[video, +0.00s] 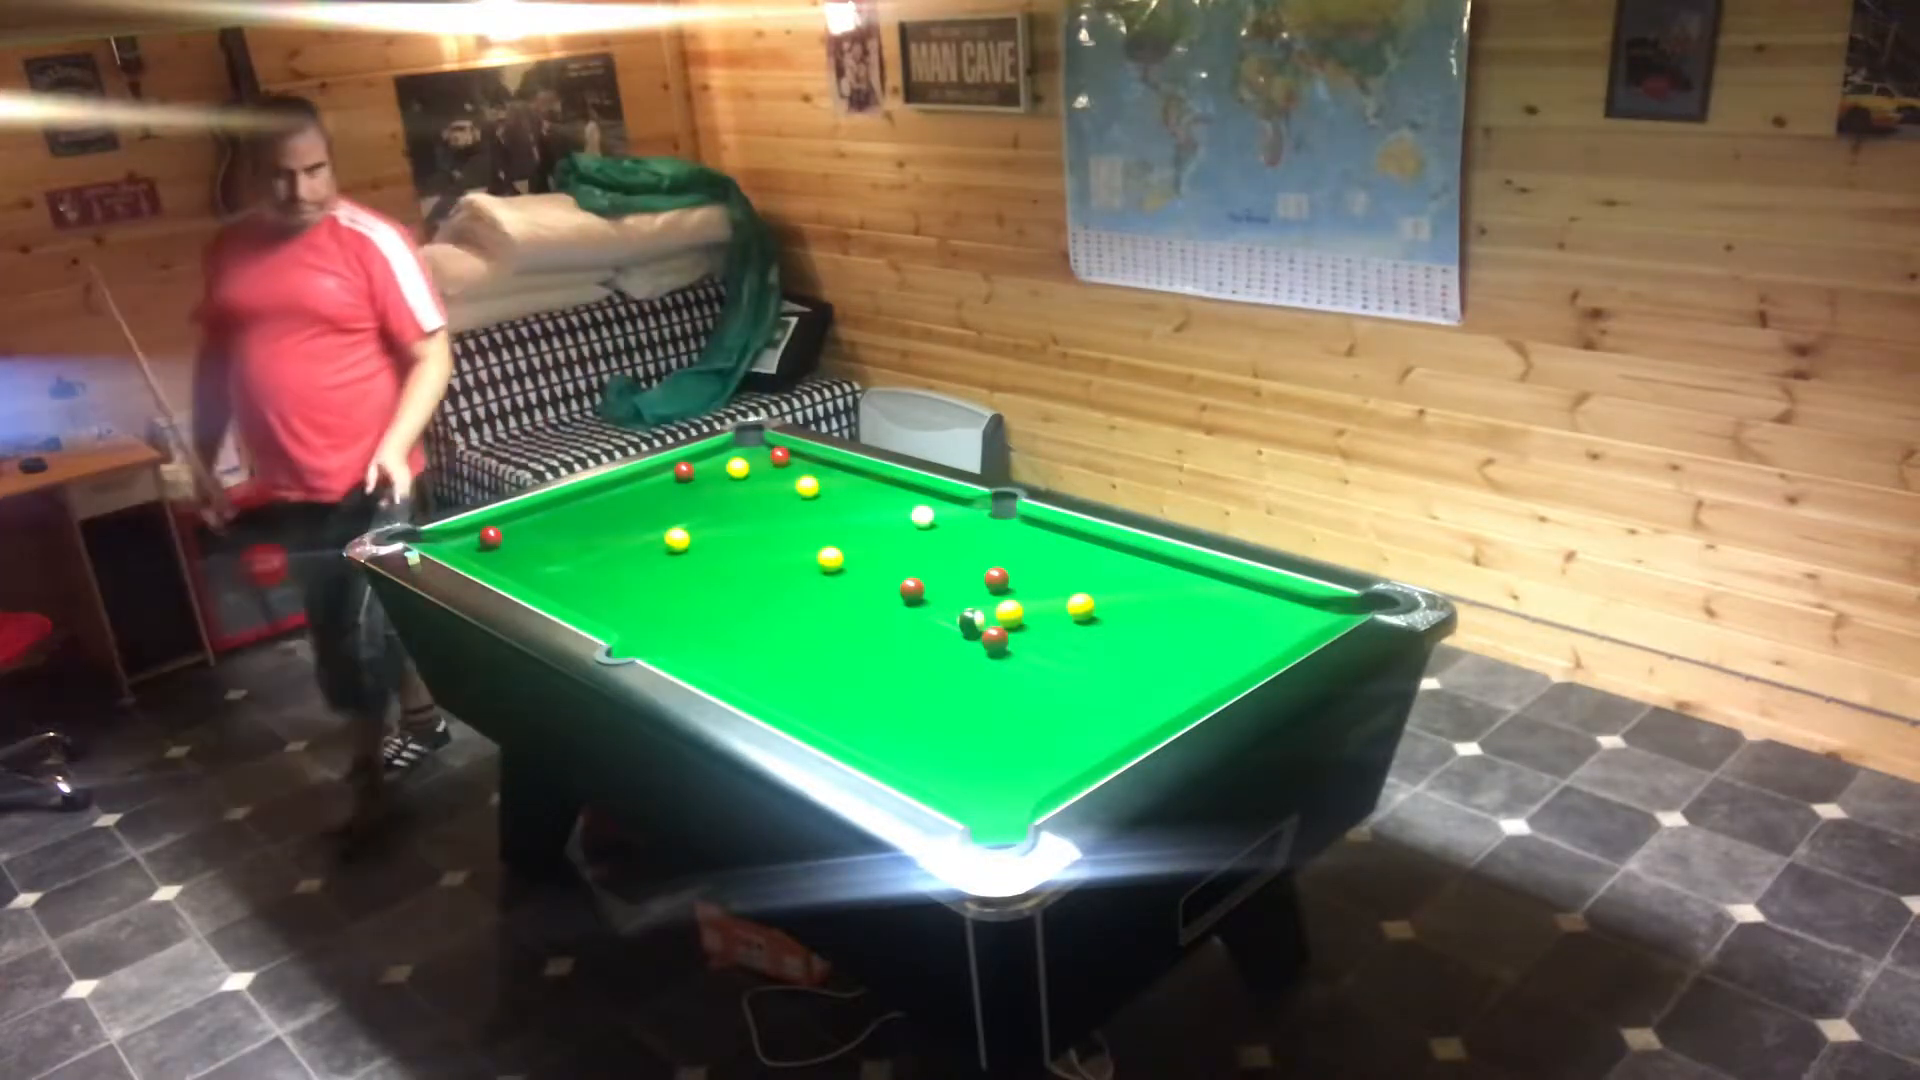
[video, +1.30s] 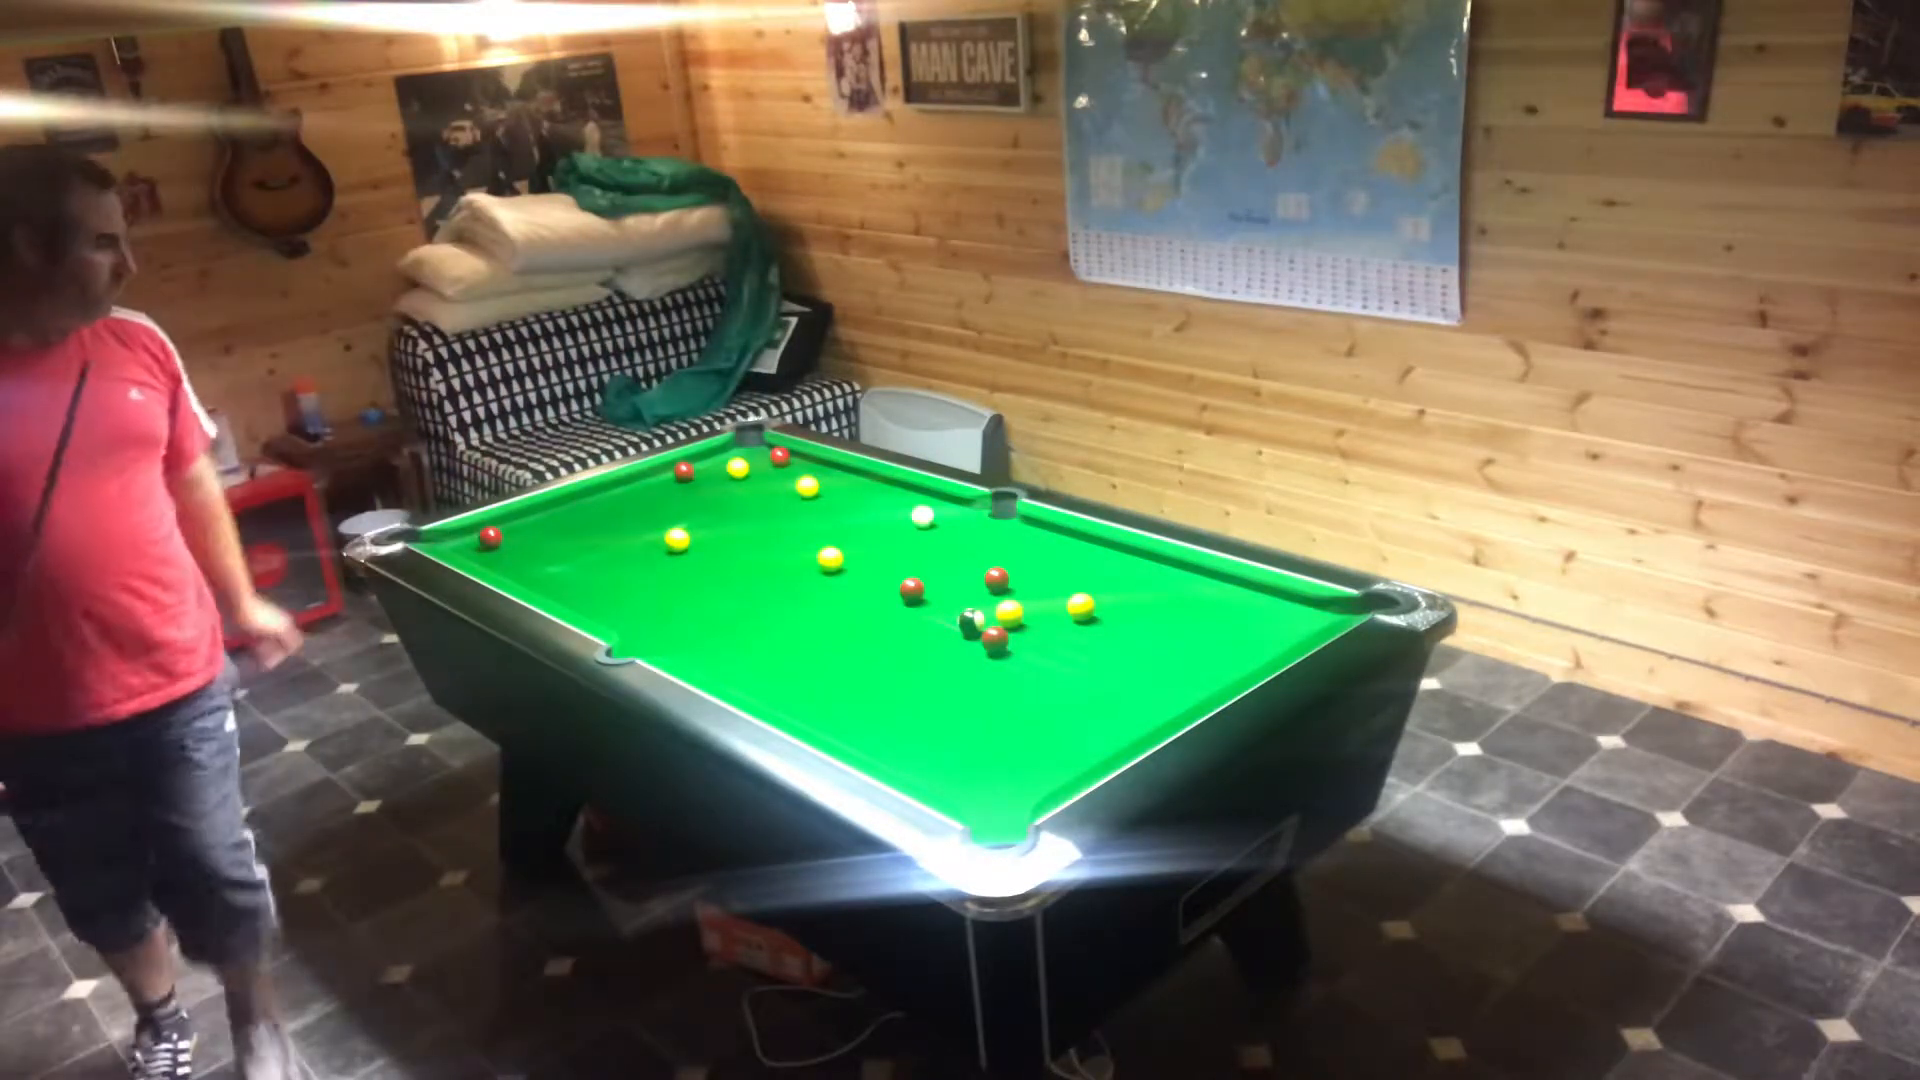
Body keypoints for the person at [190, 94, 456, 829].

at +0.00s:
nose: (298, 190)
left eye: (313, 171)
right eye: (279, 175)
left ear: (333, 167)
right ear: (249, 178)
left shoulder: (372, 241)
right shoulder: (233, 253)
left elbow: (433, 354)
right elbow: (216, 359)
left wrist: (397, 447)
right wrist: (207, 457)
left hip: (372, 485)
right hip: (291, 493)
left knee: (349, 644)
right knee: (364, 615)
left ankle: (371, 775)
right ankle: (421, 715)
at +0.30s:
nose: (251, 214)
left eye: (264, 195)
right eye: (229, 199)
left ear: (281, 189)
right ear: (192, 196)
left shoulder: (317, 276)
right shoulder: (141, 283)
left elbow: (379, 386)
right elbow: (122, 405)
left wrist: (373, 486)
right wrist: (116, 503)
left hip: (302, 515)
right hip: (211, 526)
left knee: (277, 690)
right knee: (301, 644)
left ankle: (281, 849)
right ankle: (400, 712)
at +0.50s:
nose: (222, 219)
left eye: (235, 199)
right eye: (200, 203)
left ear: (247, 191)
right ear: (153, 198)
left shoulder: (282, 284)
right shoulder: (85, 289)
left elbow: (338, 398)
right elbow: (45, 428)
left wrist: (369, 504)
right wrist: (60, 544)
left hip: (262, 555)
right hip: (148, 563)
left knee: (273, 722)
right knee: (179, 719)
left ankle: (282, 852)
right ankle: (270, 752)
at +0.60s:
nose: (205, 224)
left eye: (218, 204)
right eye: (183, 207)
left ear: (232, 194)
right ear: (135, 202)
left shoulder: (267, 291)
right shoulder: (63, 297)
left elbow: (323, 407)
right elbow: (25, 442)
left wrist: (367, 511)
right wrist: (52, 555)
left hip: (248, 573)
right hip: (130, 583)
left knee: (275, 729)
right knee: (154, 746)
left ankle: (285, 848)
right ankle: (211, 847)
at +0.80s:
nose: (171, 240)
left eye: (182, 220)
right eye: (148, 224)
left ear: (189, 210)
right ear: (83, 218)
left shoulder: (224, 308)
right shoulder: (26, 326)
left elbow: (293, 419)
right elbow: (17, 462)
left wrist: (359, 519)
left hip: (224, 607)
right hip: (100, 627)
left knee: (264, 752)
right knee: (139, 806)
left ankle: (281, 849)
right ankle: (157, 984)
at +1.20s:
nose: (121, 254)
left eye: (122, 233)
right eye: (97, 237)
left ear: (120, 231)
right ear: (23, 244)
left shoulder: (144, 338)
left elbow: (208, 464)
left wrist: (281, 572)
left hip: (177, 673)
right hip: (40, 706)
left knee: (216, 849)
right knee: (104, 893)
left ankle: (242, 915)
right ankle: (159, 1018)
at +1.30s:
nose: (125, 261)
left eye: (124, 239)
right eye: (100, 244)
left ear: (120, 236)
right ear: (28, 253)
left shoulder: (138, 347)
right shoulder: (5, 376)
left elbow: (193, 479)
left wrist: (241, 600)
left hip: (177, 683)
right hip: (40, 717)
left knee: (218, 872)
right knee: (104, 902)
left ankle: (257, 1026)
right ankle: (160, 1018)